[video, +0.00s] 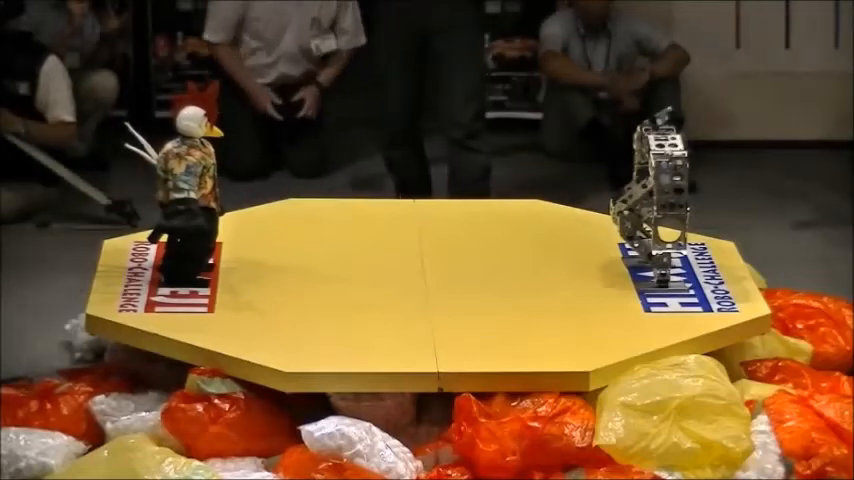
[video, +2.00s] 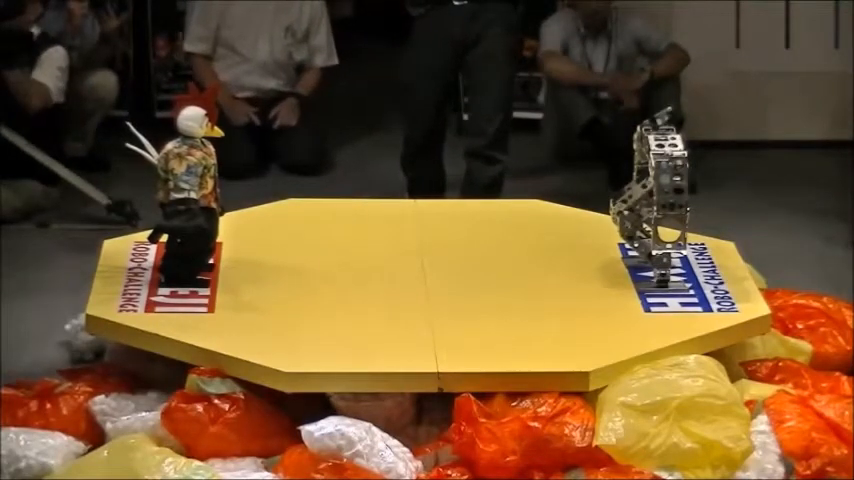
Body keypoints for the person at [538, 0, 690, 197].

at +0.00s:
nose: (599, 10)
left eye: (603, 5)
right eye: (592, 5)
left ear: (609, 5)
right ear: (575, 6)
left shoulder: (625, 24)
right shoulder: (557, 26)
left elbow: (679, 55)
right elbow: (551, 65)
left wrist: (643, 76)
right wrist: (609, 82)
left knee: (666, 83)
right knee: (566, 88)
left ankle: (668, 167)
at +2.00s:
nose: (597, 8)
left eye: (602, 4)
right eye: (589, 4)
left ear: (610, 5)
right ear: (574, 5)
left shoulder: (628, 25)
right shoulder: (559, 24)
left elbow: (679, 56)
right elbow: (552, 65)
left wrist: (644, 76)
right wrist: (609, 81)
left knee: (666, 80)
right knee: (561, 82)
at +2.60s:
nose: (599, 6)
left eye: (604, 1)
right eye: (591, 1)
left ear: (611, 3)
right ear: (577, 3)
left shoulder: (626, 25)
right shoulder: (558, 25)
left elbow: (679, 55)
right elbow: (551, 63)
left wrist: (639, 83)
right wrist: (608, 83)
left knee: (667, 77)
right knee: (560, 82)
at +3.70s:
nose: (596, 7)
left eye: (602, 2)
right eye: (589, 2)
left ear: (611, 4)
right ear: (575, 5)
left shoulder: (625, 25)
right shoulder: (557, 26)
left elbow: (679, 56)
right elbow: (554, 66)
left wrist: (644, 76)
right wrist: (612, 84)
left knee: (667, 82)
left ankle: (668, 167)